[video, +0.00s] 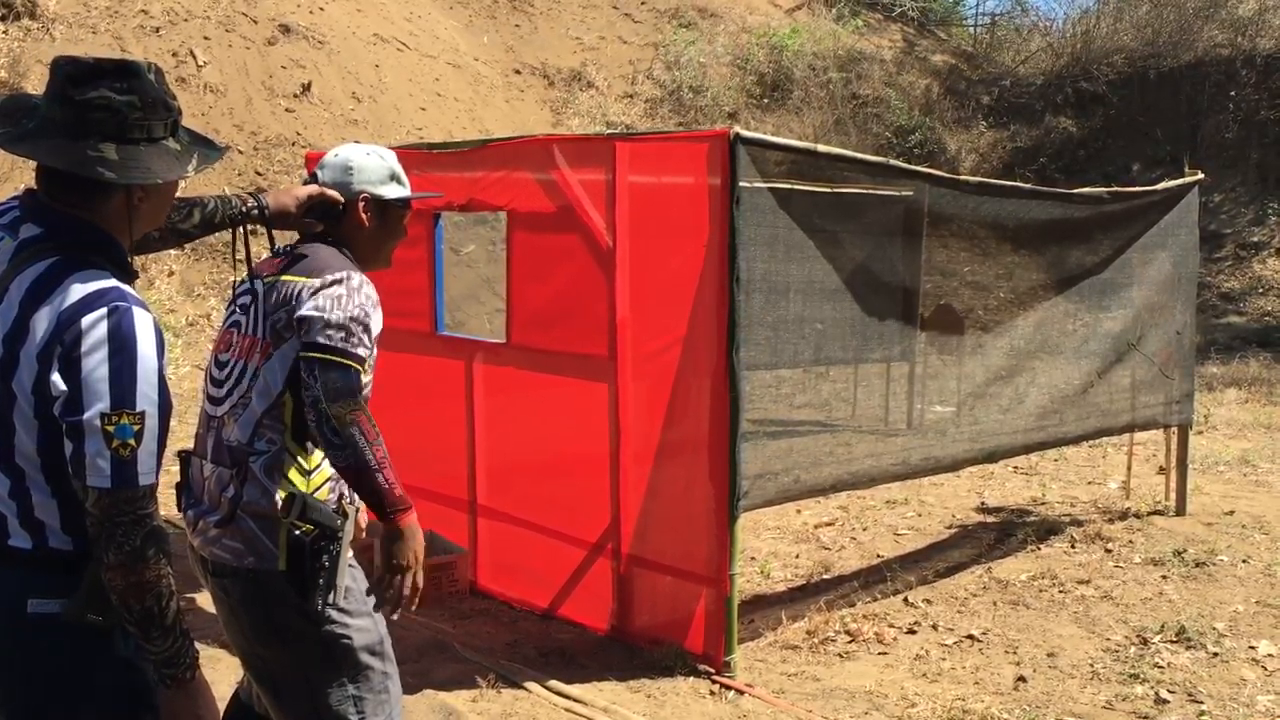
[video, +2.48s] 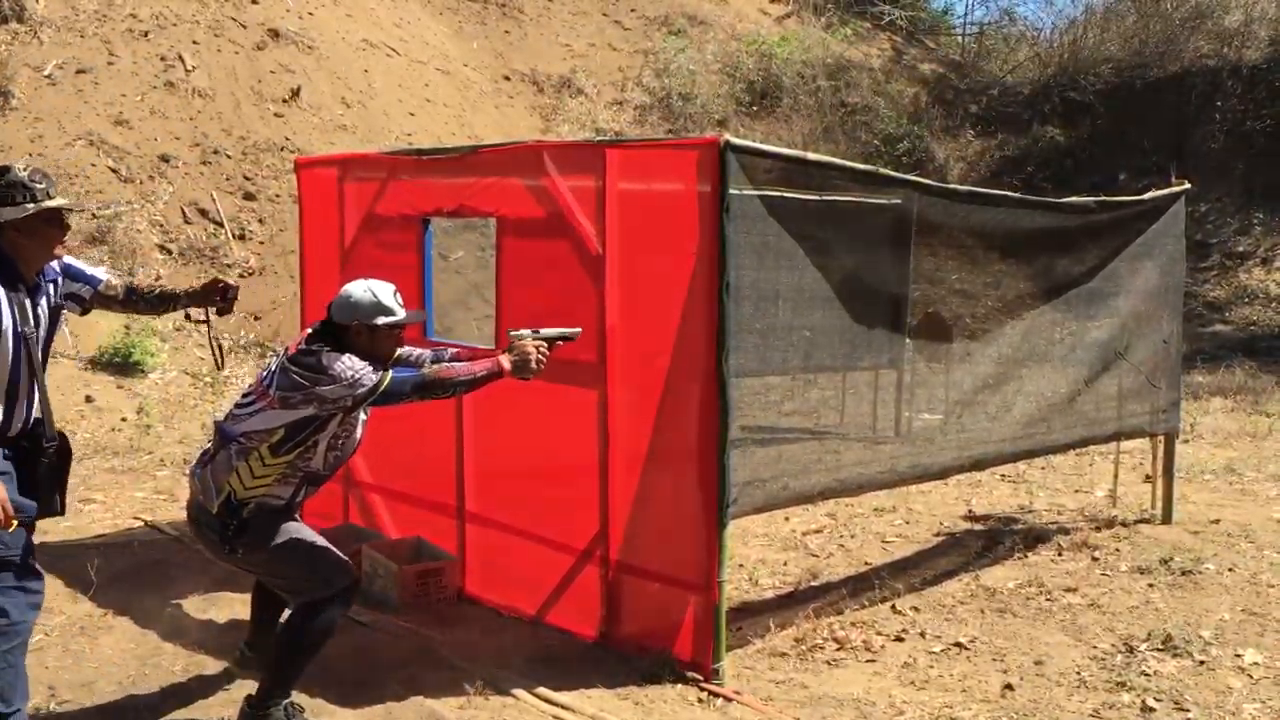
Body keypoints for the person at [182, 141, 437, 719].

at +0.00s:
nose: (405, 231)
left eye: (407, 217)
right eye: (401, 216)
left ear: (334, 210)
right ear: (362, 213)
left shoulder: (269, 272)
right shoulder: (342, 286)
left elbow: (266, 415)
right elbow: (336, 411)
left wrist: (337, 503)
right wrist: (401, 515)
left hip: (225, 528)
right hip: (281, 540)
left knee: (276, 687)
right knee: (367, 701)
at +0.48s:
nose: (410, 271)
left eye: (408, 257)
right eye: (401, 257)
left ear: (352, 261)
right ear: (363, 263)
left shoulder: (302, 310)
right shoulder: (350, 318)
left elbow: (350, 413)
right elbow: (390, 419)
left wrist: (451, 432)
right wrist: (472, 404)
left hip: (237, 549)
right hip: (297, 564)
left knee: (288, 643)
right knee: (390, 708)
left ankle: (257, 711)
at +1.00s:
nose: (381, 317)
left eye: (381, 308)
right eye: (373, 307)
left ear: (339, 302)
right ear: (337, 303)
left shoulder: (334, 329)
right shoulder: (307, 344)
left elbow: (417, 346)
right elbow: (404, 374)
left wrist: (498, 351)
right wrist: (491, 365)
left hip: (271, 490)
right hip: (245, 506)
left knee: (290, 556)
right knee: (338, 588)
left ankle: (268, 642)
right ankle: (270, 703)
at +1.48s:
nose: (382, 334)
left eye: (383, 324)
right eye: (374, 324)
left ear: (359, 323)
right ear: (340, 322)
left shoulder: (338, 347)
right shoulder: (309, 354)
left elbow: (410, 360)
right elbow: (398, 379)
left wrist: (489, 363)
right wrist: (482, 376)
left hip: (276, 486)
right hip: (235, 492)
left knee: (307, 558)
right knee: (321, 571)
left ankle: (264, 651)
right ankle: (271, 700)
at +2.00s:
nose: (390, 335)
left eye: (390, 326)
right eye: (382, 326)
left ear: (350, 324)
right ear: (348, 326)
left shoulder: (332, 345)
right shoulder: (325, 363)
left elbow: (415, 359)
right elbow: (413, 384)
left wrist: (497, 359)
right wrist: (496, 369)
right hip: (232, 506)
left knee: (303, 550)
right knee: (330, 579)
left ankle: (262, 645)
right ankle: (268, 701)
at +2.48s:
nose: (399, 341)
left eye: (399, 331)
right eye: (391, 332)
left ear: (358, 331)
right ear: (358, 333)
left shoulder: (331, 348)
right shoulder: (334, 371)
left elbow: (423, 358)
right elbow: (424, 385)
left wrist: (504, 355)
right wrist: (506, 364)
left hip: (217, 499)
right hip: (235, 519)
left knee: (293, 543)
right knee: (336, 582)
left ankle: (258, 645)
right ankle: (268, 703)